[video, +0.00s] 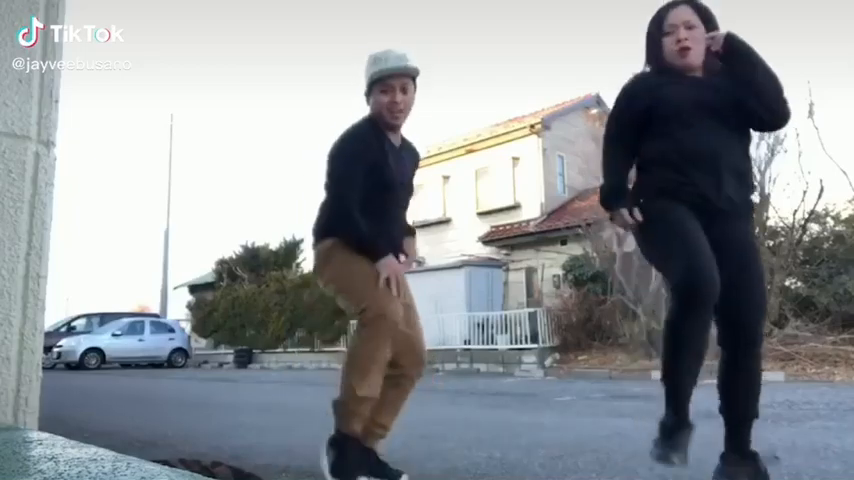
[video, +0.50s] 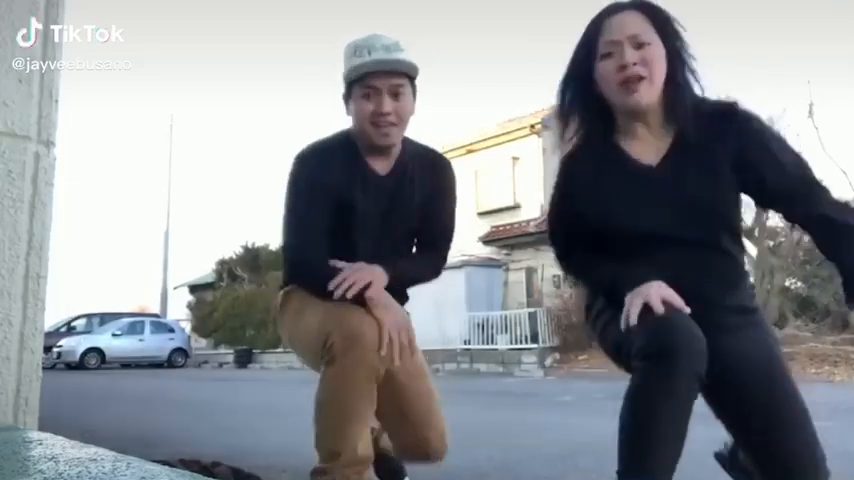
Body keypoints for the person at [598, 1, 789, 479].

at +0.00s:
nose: (681, 36)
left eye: (690, 28)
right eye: (671, 31)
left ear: (709, 38)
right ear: (657, 45)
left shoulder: (732, 82)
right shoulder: (644, 87)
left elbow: (776, 115)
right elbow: (617, 143)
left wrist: (736, 49)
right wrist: (615, 196)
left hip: (730, 213)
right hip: (664, 208)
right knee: (698, 284)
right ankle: (676, 423)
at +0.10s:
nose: (684, 52)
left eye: (693, 43)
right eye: (674, 47)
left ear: (714, 50)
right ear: (661, 60)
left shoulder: (742, 103)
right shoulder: (649, 112)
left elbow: (781, 127)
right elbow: (623, 171)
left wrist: (715, 75)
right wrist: (632, 227)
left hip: (739, 239)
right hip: (670, 237)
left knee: (764, 359)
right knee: (683, 328)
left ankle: (731, 459)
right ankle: (673, 456)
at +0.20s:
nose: (683, 65)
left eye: (693, 54)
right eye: (671, 59)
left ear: (713, 62)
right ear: (660, 74)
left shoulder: (747, 115)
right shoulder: (639, 128)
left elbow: (748, 141)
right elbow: (625, 195)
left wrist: (689, 116)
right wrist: (649, 246)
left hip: (745, 256)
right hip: (672, 255)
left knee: (783, 389)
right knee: (669, 351)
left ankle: (731, 466)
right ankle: (657, 470)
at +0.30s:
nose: (666, 58)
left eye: (677, 47)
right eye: (653, 52)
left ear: (701, 57)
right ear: (641, 70)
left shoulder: (737, 102)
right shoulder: (627, 131)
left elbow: (733, 145)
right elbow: (620, 207)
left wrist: (645, 150)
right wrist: (659, 254)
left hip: (740, 269)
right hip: (661, 269)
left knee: (791, 415)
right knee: (670, 359)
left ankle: (733, 467)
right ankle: (640, 474)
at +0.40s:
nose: (643, 53)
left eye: (656, 40)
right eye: (628, 46)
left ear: (681, 51)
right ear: (612, 68)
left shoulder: (726, 107)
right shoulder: (602, 144)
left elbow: (760, 152)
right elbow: (593, 224)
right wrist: (646, 268)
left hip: (728, 286)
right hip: (641, 287)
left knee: (803, 447)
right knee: (673, 342)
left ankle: (742, 462)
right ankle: (639, 473)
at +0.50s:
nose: (628, 60)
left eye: (641, 45)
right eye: (609, 53)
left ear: (669, 57)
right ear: (593, 77)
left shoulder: (726, 130)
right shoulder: (583, 167)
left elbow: (814, 207)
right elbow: (569, 245)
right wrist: (628, 284)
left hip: (727, 314)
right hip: (627, 313)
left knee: (806, 472)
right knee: (677, 343)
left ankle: (746, 460)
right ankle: (640, 472)